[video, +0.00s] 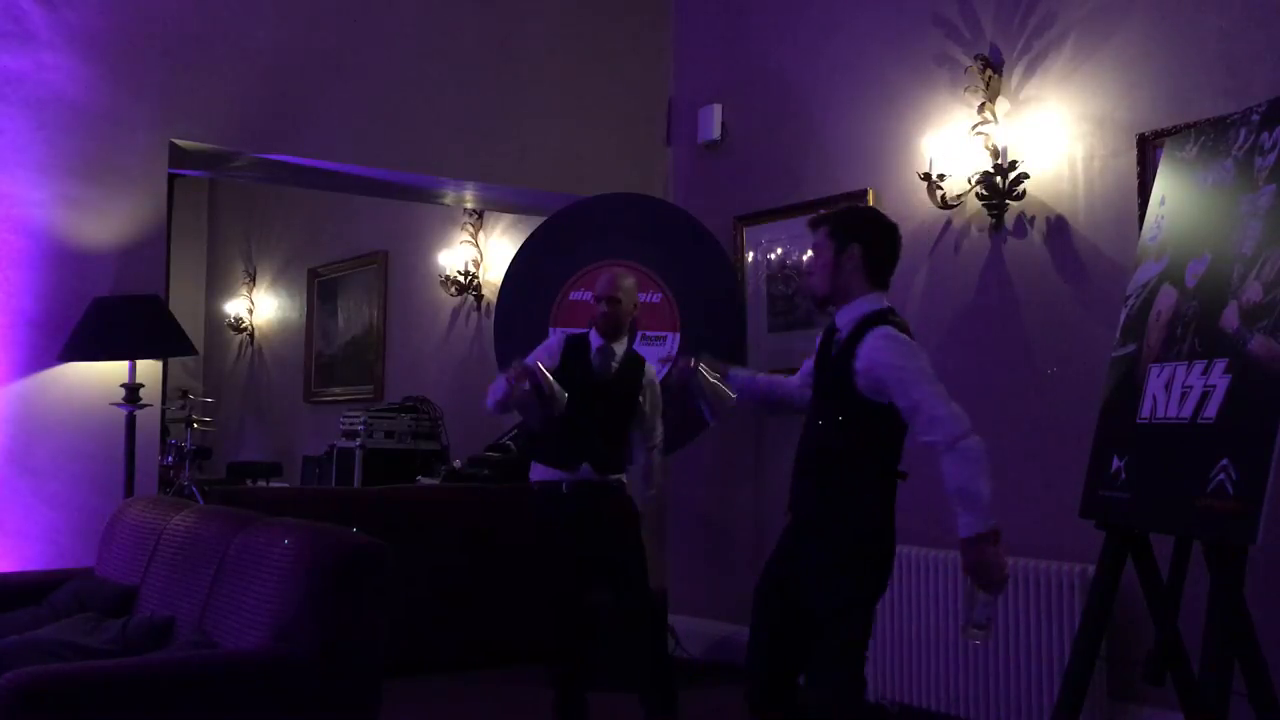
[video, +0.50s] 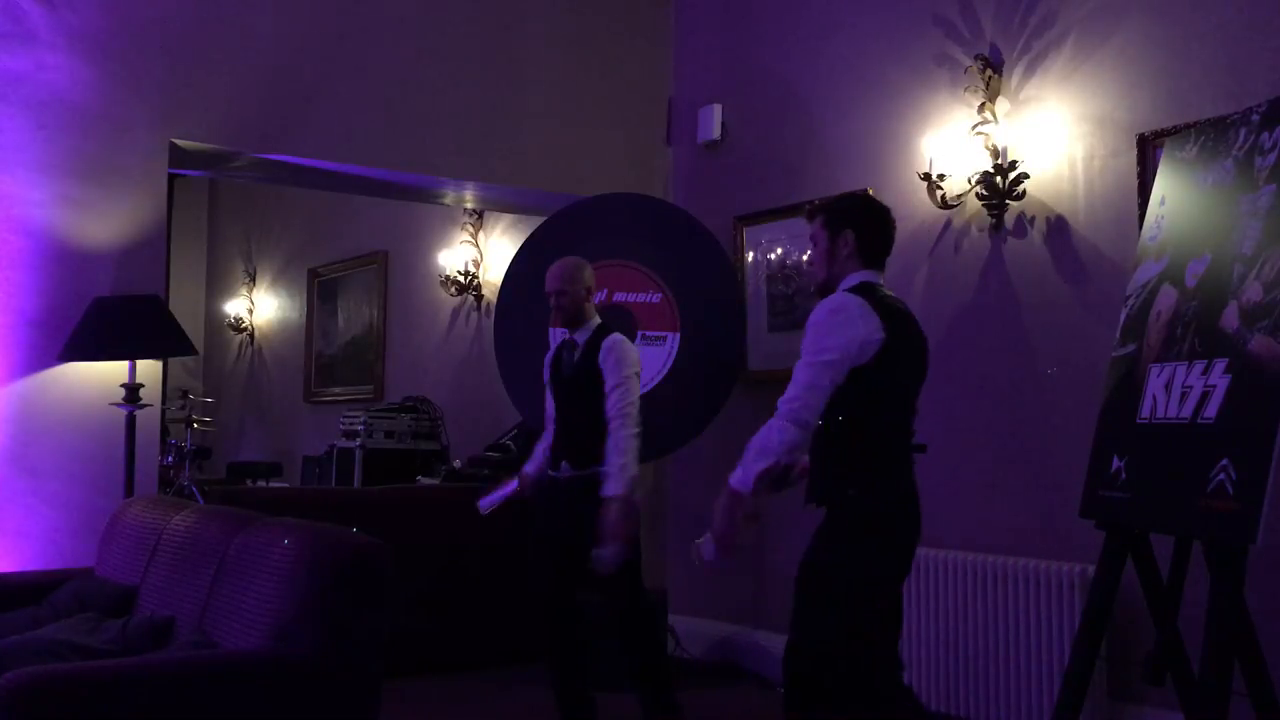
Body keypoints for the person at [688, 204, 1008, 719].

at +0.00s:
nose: (807, 262)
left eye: (817, 251)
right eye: (810, 251)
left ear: (850, 258)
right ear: (853, 261)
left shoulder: (881, 343)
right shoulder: (840, 334)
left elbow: (955, 436)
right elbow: (799, 391)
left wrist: (978, 535)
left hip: (848, 542)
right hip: (815, 531)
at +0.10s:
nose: (803, 257)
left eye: (810, 245)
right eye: (805, 245)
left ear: (840, 249)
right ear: (847, 252)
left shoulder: (855, 328)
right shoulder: (854, 319)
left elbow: (913, 419)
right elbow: (833, 391)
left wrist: (935, 523)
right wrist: (763, 359)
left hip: (839, 524)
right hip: (840, 518)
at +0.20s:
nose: (800, 251)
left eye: (808, 239)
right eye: (802, 239)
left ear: (836, 245)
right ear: (858, 248)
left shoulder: (837, 319)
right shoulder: (878, 313)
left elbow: (869, 412)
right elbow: (840, 379)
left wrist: (877, 509)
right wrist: (795, 335)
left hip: (830, 512)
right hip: (853, 508)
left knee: (798, 663)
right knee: (837, 662)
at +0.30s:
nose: (799, 254)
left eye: (806, 241)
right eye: (801, 241)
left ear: (835, 246)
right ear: (862, 250)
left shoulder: (824, 314)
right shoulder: (889, 316)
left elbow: (829, 415)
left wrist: (815, 513)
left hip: (837, 504)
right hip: (877, 499)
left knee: (802, 658)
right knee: (852, 659)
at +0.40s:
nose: (802, 256)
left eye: (809, 243)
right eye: (803, 244)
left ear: (838, 246)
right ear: (861, 252)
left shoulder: (827, 315)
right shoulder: (896, 318)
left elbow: (801, 416)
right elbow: (860, 420)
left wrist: (769, 507)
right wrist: (783, 404)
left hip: (839, 503)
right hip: (884, 502)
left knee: (809, 651)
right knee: (860, 648)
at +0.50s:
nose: (808, 257)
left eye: (814, 243)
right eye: (809, 244)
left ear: (846, 244)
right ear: (866, 248)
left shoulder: (842, 311)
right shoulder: (895, 313)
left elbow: (798, 411)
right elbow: (872, 425)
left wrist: (739, 487)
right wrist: (807, 462)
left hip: (855, 512)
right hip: (889, 507)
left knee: (815, 659)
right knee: (871, 659)